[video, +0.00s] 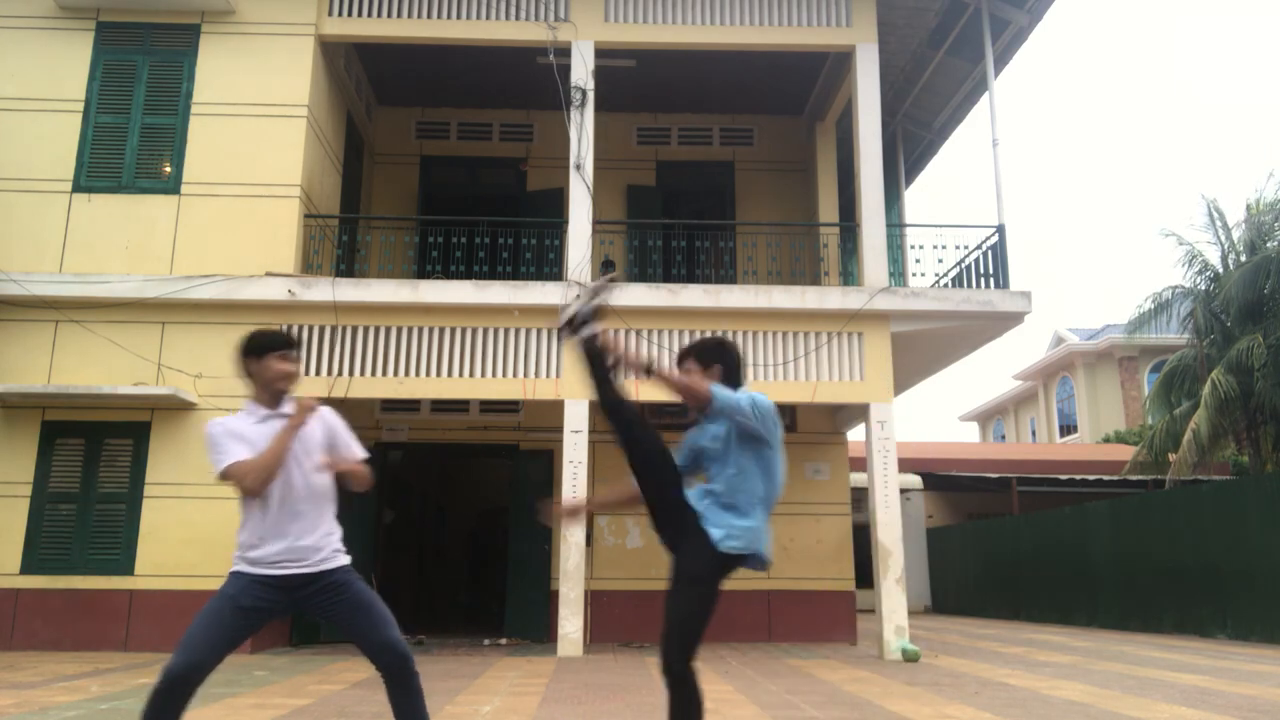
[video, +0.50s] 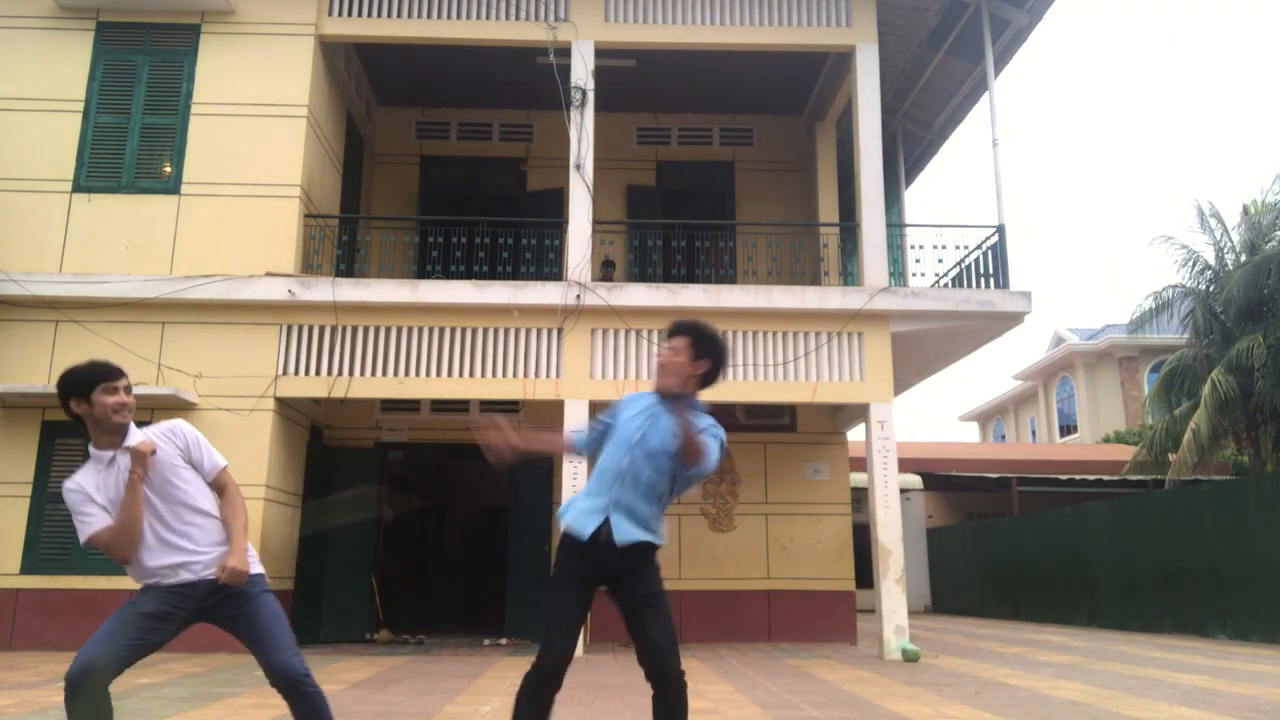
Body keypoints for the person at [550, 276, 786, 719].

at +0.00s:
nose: (683, 382)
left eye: (688, 372)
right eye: (680, 374)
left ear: (715, 372)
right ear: (707, 373)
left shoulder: (757, 408)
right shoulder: (705, 431)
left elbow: (700, 393)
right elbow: (653, 478)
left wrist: (643, 364)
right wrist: (584, 504)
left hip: (714, 551)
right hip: (685, 525)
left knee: (676, 662)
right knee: (636, 434)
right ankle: (587, 334)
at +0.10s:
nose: (677, 371)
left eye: (685, 361)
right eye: (677, 362)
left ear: (717, 364)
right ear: (701, 368)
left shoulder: (752, 415)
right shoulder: (684, 423)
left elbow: (738, 384)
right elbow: (622, 460)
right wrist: (552, 465)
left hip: (688, 553)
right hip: (661, 524)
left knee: (653, 671)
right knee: (616, 454)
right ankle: (565, 376)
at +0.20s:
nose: (711, 359)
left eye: (717, 350)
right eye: (709, 352)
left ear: (747, 352)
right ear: (712, 357)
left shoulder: (768, 400)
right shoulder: (704, 408)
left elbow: (771, 420)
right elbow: (656, 463)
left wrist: (730, 392)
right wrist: (591, 472)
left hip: (669, 528)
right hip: (632, 499)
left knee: (661, 653)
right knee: (550, 499)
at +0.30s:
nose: (721, 357)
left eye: (732, 351)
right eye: (723, 349)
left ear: (757, 366)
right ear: (726, 359)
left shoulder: (762, 427)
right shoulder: (702, 402)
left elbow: (749, 479)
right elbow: (673, 447)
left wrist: (701, 453)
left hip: (653, 529)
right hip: (607, 503)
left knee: (661, 649)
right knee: (533, 579)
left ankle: (671, 718)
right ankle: (454, 669)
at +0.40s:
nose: (702, 362)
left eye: (713, 356)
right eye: (703, 354)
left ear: (739, 368)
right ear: (700, 359)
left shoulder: (733, 444)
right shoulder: (670, 404)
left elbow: (695, 497)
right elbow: (629, 465)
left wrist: (639, 440)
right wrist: (584, 506)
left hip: (645, 541)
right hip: (594, 523)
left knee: (661, 659)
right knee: (548, 636)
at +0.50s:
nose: (660, 357)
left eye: (673, 353)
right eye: (663, 350)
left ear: (699, 368)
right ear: (661, 358)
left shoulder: (705, 427)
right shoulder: (633, 402)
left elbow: (697, 465)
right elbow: (585, 439)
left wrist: (682, 421)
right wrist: (519, 440)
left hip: (634, 550)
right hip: (580, 540)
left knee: (667, 673)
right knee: (552, 661)